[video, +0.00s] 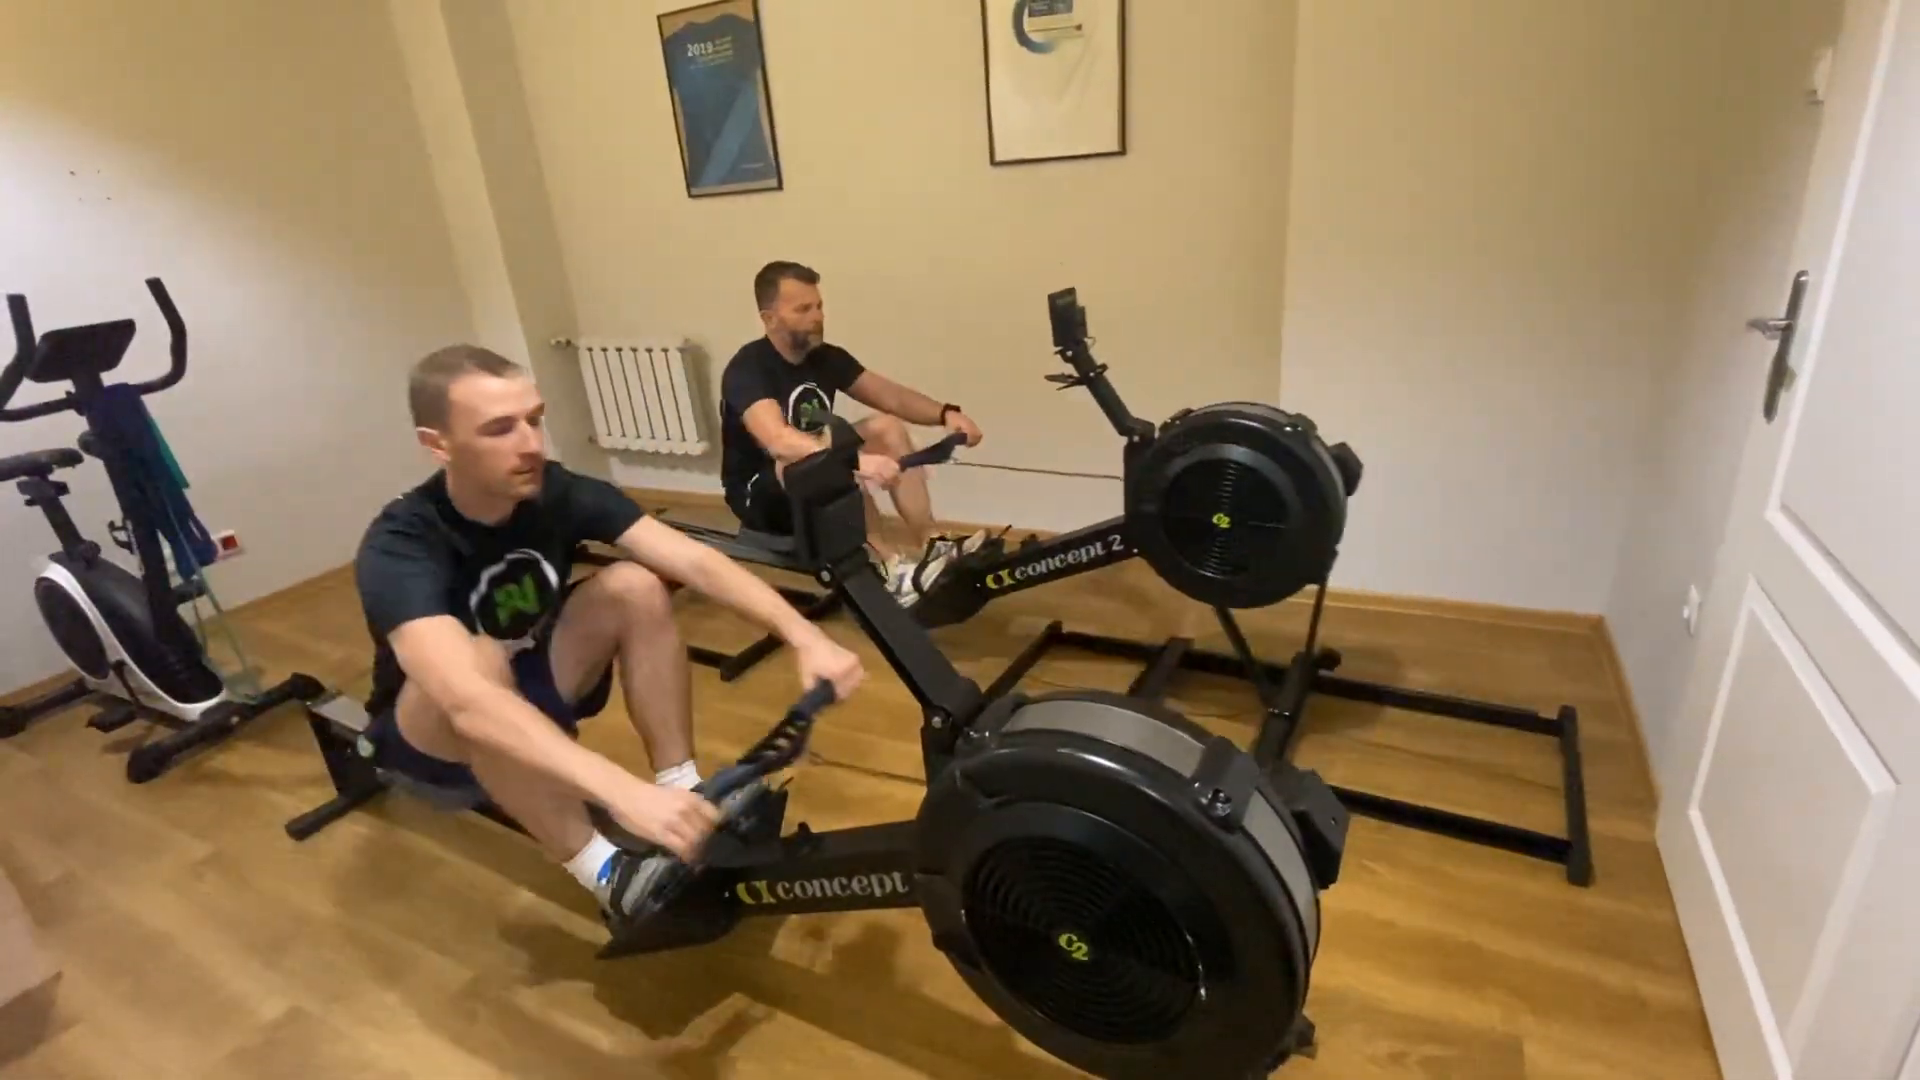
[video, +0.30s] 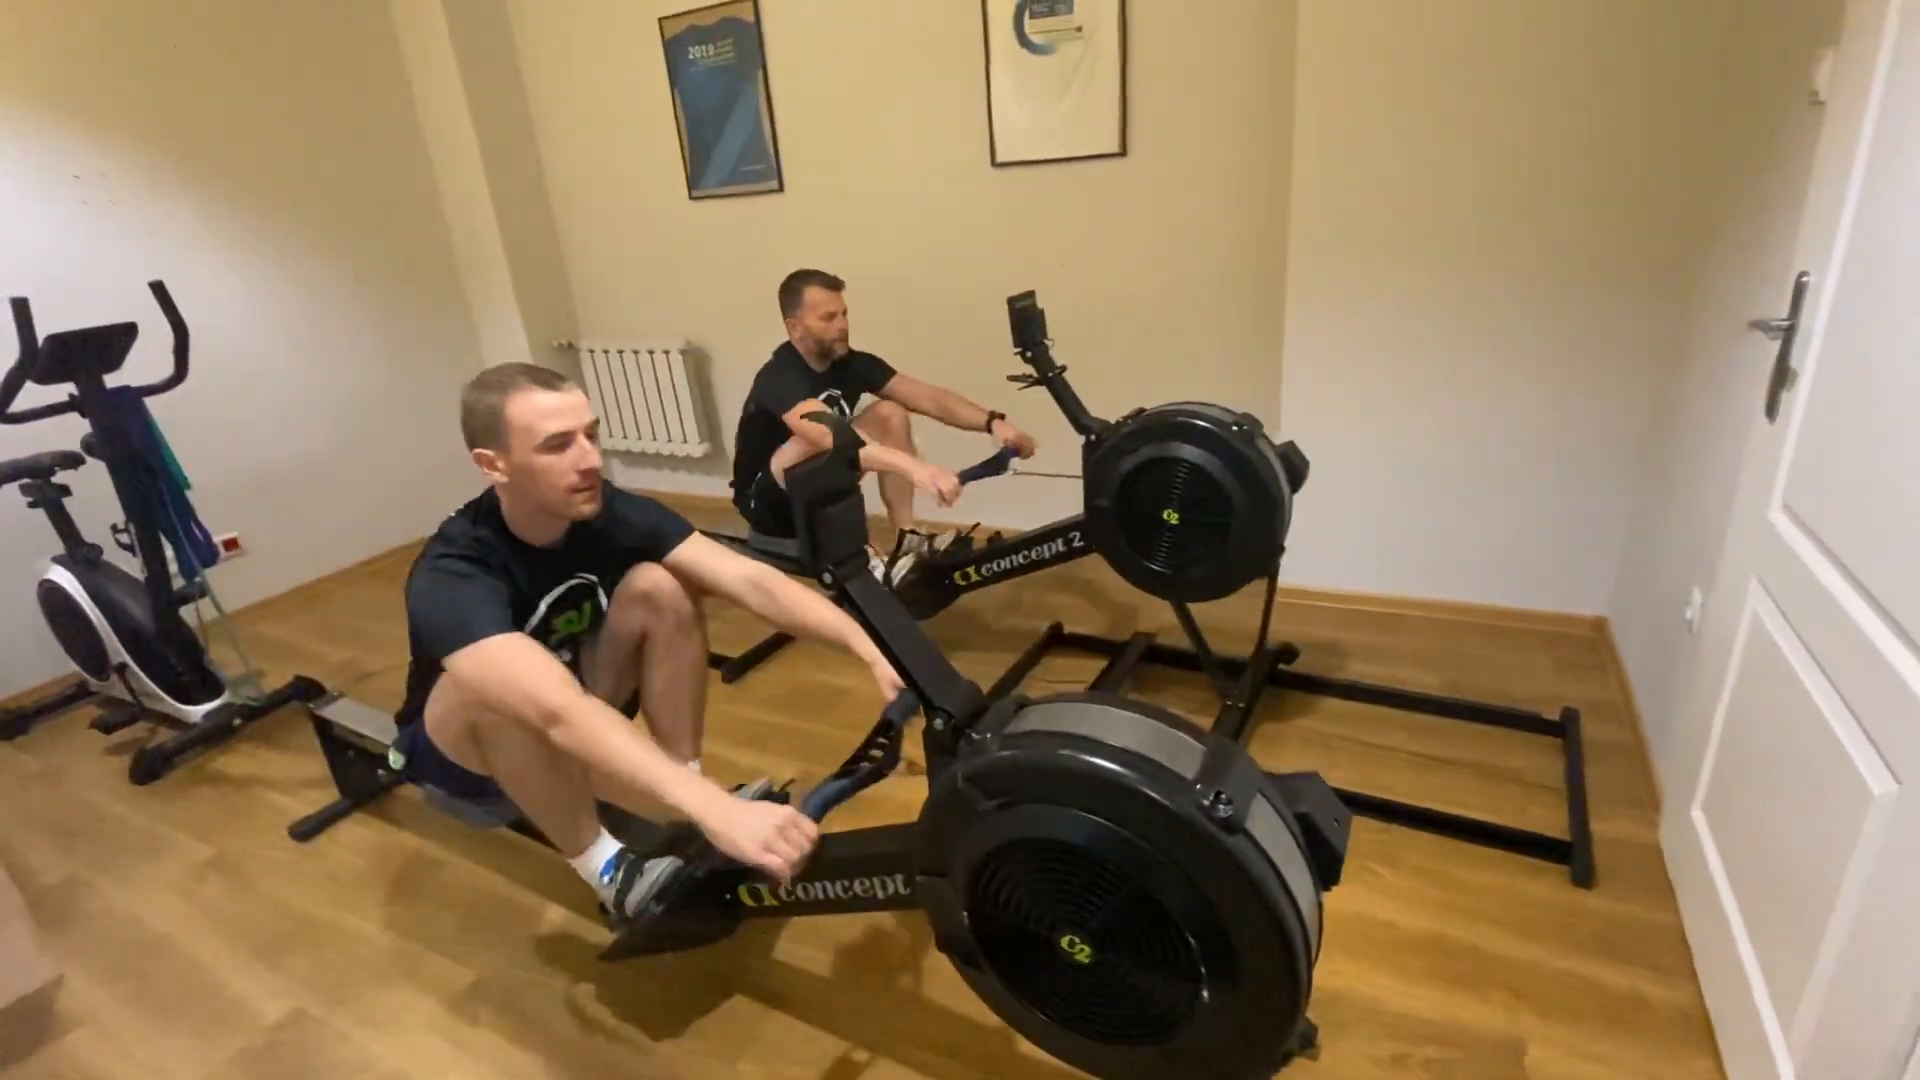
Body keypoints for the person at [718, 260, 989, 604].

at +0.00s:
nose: (818, 317)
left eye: (819, 307)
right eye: (804, 310)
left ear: (821, 303)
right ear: (769, 317)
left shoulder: (826, 358)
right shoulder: (746, 369)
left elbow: (888, 395)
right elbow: (779, 442)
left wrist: (945, 413)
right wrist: (854, 462)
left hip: (818, 476)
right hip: (762, 496)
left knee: (888, 429)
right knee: (818, 460)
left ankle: (932, 548)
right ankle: (892, 566)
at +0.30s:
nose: (843, 325)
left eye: (844, 315)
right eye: (830, 318)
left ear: (845, 311)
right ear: (794, 326)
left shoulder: (850, 365)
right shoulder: (779, 380)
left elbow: (929, 398)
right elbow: (835, 440)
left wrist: (994, 423)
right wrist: (916, 470)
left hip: (821, 484)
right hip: (767, 503)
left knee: (889, 415)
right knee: (818, 442)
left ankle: (909, 539)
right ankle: (862, 560)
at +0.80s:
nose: (810, 310)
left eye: (810, 299)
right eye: (795, 304)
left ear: (814, 298)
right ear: (764, 317)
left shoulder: (824, 357)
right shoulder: (753, 375)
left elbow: (893, 388)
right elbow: (823, 419)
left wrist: (963, 405)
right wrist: (893, 445)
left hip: (830, 472)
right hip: (771, 496)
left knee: (907, 453)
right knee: (849, 487)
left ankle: (962, 559)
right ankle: (925, 584)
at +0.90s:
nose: (789, 303)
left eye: (789, 292)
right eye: (775, 297)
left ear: (793, 292)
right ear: (742, 309)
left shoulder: (808, 352)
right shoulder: (735, 370)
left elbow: (875, 387)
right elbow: (797, 421)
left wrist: (939, 401)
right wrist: (861, 443)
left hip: (827, 471)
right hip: (772, 493)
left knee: (906, 461)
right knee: (852, 502)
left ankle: (984, 560)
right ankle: (949, 590)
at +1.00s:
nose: (768, 310)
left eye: (768, 298)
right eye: (754, 304)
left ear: (771, 295)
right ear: (722, 312)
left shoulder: (786, 352)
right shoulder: (714, 372)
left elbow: (852, 387)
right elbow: (759, 423)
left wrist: (906, 395)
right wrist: (823, 436)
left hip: (826, 479)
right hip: (777, 500)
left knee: (906, 484)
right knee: (871, 508)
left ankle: (1008, 567)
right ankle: (975, 597)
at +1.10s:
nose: (755, 317)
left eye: (755, 306)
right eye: (741, 311)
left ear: (757, 304)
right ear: (710, 319)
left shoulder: (775, 357)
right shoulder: (701, 376)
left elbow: (828, 392)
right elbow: (725, 438)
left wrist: (876, 397)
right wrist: (794, 434)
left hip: (831, 476)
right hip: (785, 502)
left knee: (902, 496)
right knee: (875, 516)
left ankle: (1021, 571)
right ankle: (987, 599)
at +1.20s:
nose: (749, 328)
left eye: (748, 318)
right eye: (737, 321)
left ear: (745, 318)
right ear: (704, 327)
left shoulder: (763, 368)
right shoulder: (690, 389)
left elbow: (814, 403)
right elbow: (690, 458)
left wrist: (845, 399)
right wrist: (757, 440)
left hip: (836, 483)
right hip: (792, 511)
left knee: (917, 514)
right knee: (888, 536)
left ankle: (1036, 573)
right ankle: (1002, 604)